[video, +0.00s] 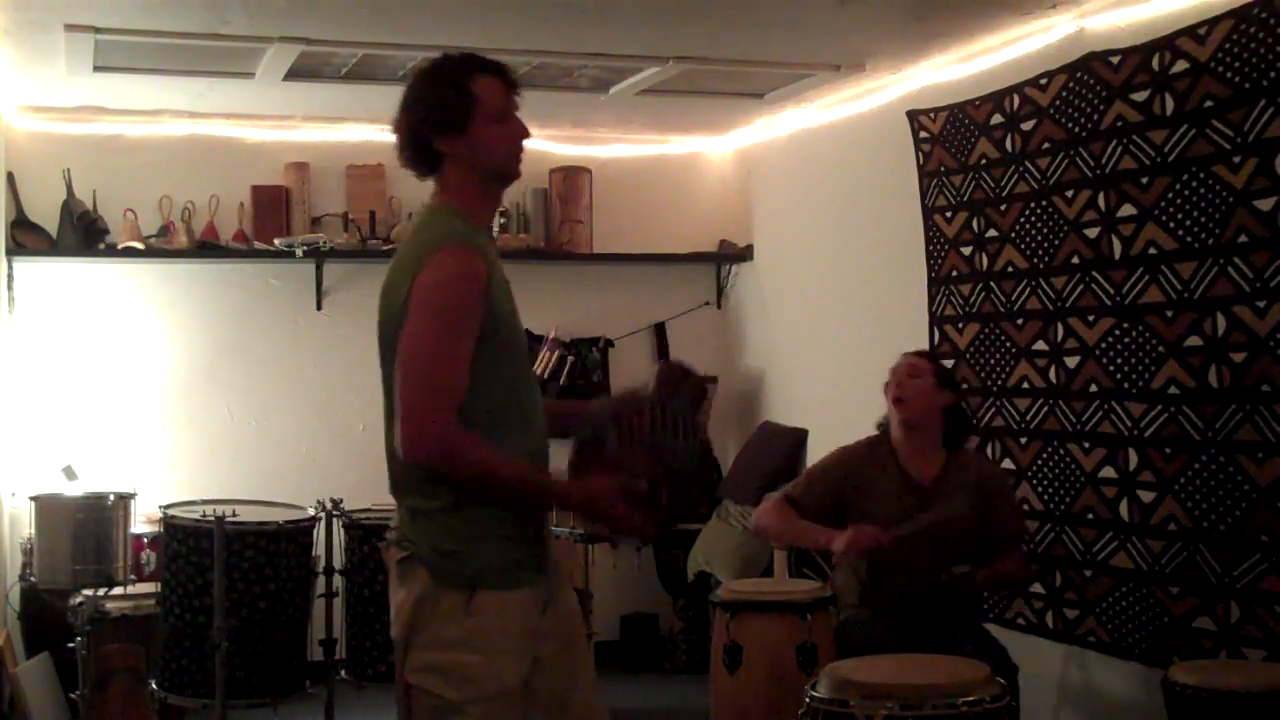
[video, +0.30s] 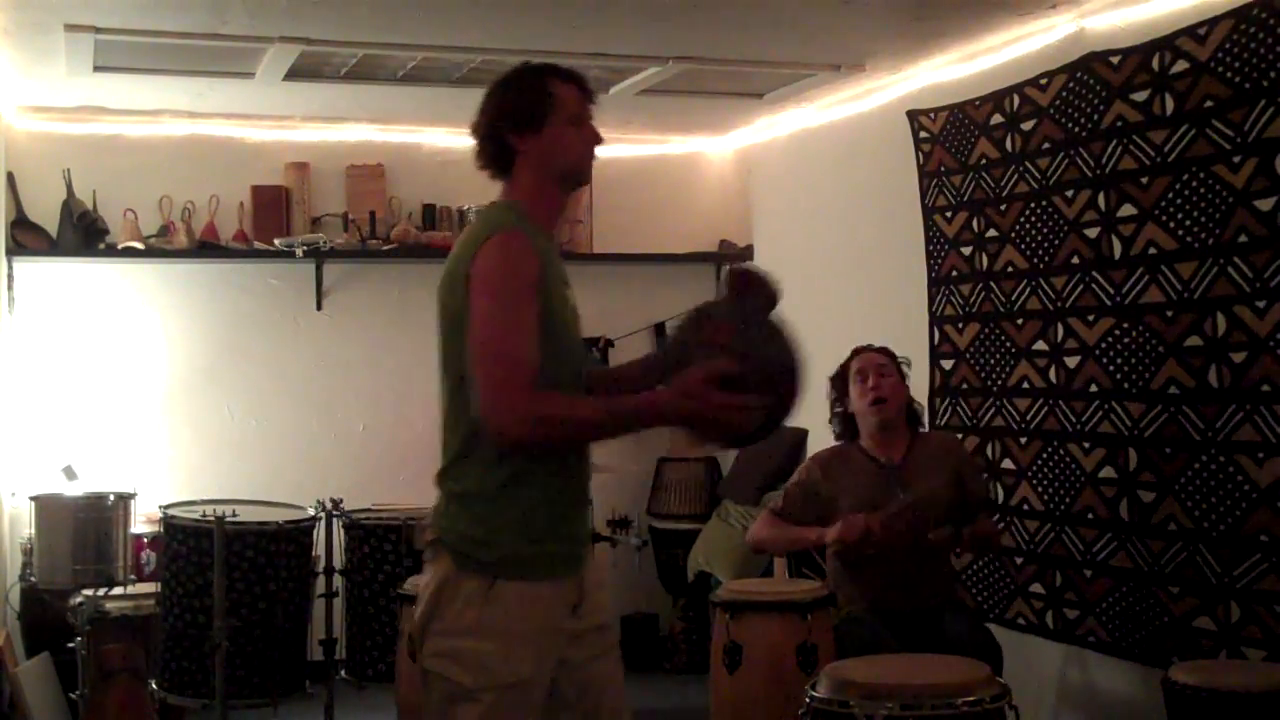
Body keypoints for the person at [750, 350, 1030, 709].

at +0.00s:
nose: (897, 383)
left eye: (913, 375)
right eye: (892, 377)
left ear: (946, 397)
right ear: (884, 396)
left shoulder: (977, 474)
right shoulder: (856, 462)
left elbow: (1014, 561)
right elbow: (765, 517)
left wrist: (973, 580)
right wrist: (834, 538)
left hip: (946, 617)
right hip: (867, 617)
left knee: (1000, 677)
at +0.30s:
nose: (873, 382)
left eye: (885, 373)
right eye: (861, 378)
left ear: (906, 391)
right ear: (846, 403)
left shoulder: (946, 451)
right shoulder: (826, 467)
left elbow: (986, 525)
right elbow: (759, 534)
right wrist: (825, 535)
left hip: (943, 614)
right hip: (862, 621)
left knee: (985, 658)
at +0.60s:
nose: (882, 393)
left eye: (893, 382)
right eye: (871, 385)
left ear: (914, 397)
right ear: (856, 402)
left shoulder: (949, 467)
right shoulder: (831, 470)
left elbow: (995, 548)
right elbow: (770, 544)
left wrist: (966, 532)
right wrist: (834, 533)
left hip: (939, 629)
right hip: (860, 630)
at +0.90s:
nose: (895, 398)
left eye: (907, 387)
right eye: (884, 390)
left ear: (929, 399)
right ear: (869, 406)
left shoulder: (966, 472)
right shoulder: (841, 471)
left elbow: (1000, 562)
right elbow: (775, 547)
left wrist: (968, 536)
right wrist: (827, 533)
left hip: (940, 635)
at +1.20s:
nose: (889, 391)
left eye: (901, 383)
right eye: (879, 385)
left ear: (923, 399)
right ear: (864, 404)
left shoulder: (964, 468)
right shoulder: (834, 475)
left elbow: (1002, 552)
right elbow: (777, 554)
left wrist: (968, 540)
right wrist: (825, 539)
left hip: (945, 642)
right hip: (863, 644)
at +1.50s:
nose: (883, 398)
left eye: (895, 386)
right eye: (873, 389)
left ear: (919, 400)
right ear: (859, 407)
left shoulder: (962, 469)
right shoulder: (829, 478)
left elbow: (997, 553)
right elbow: (777, 561)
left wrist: (964, 542)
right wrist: (821, 542)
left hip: (943, 636)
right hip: (859, 639)